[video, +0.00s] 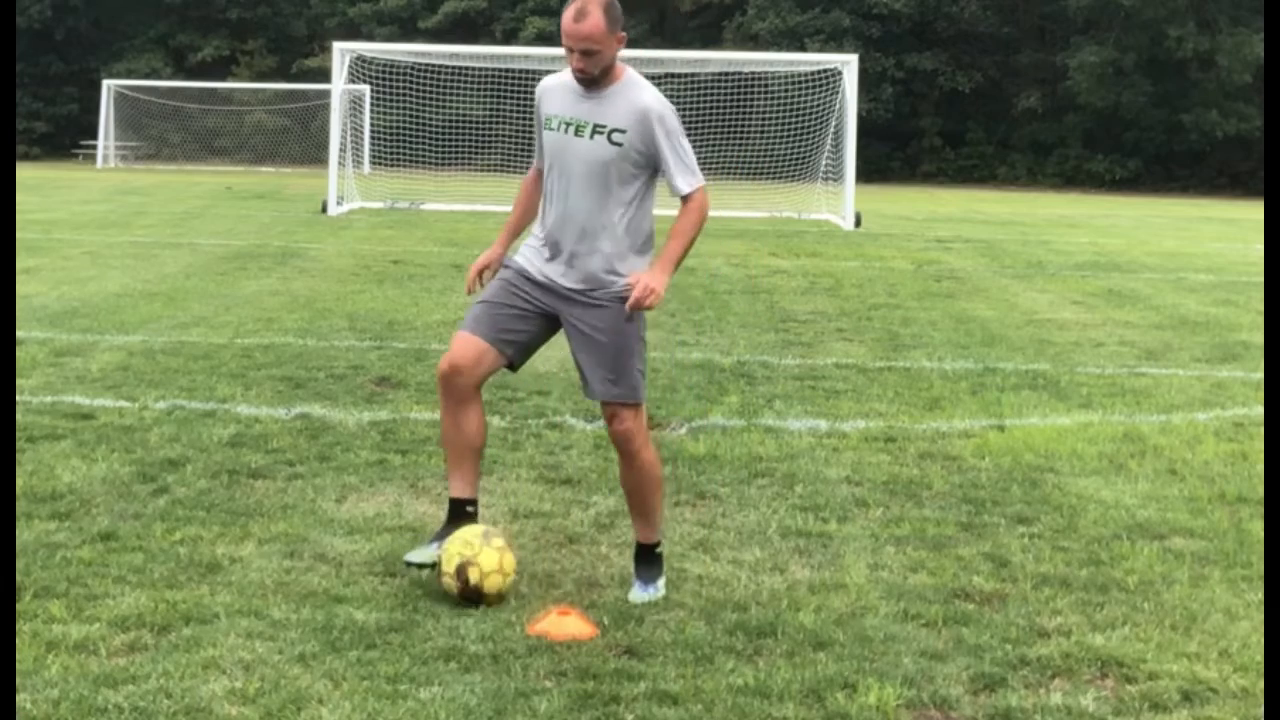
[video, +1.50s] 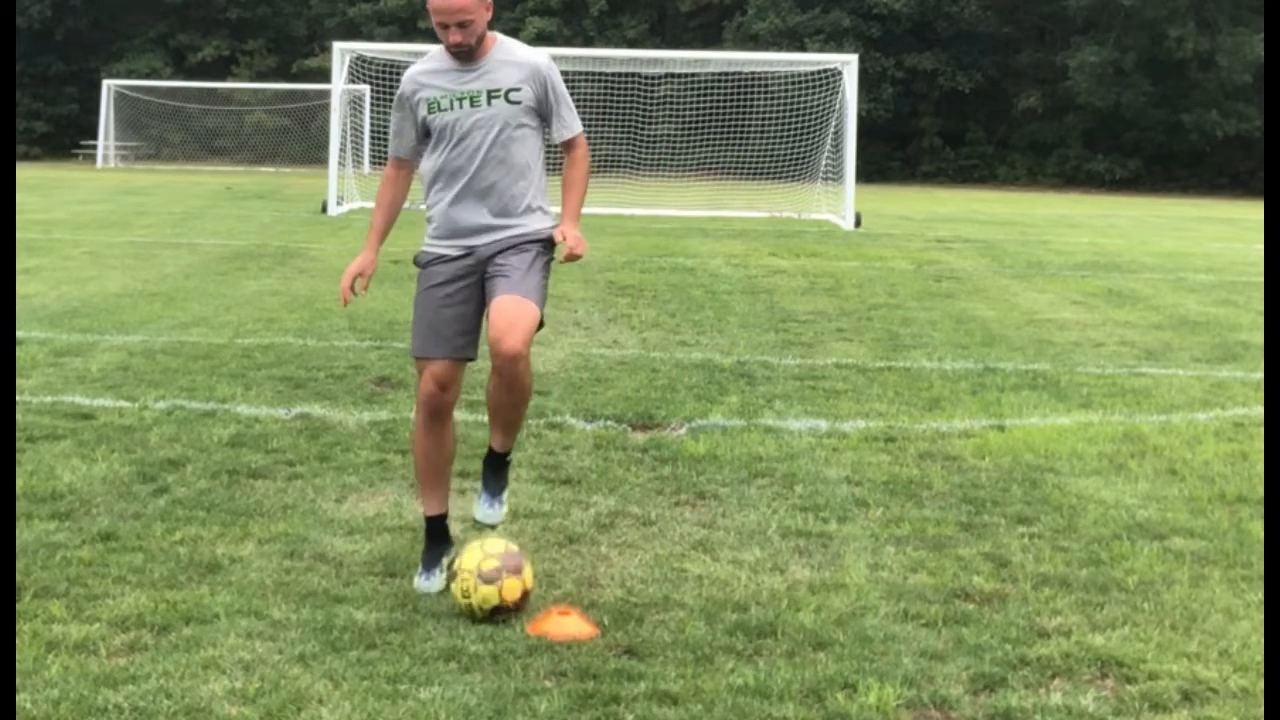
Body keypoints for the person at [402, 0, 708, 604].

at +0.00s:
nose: (578, 63)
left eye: (590, 53)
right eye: (570, 51)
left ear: (620, 43)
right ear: (561, 38)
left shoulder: (649, 108)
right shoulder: (551, 91)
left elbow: (697, 199)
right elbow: (541, 175)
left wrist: (661, 269)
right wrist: (502, 245)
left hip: (608, 288)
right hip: (536, 271)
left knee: (625, 427)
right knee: (456, 373)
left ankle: (648, 562)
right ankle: (461, 527)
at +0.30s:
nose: (541, 44)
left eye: (553, 34)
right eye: (533, 32)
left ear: (582, 21)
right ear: (524, 19)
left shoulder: (614, 85)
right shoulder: (512, 74)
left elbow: (658, 173)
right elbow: (509, 150)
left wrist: (630, 240)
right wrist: (482, 224)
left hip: (580, 263)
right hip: (506, 251)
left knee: (588, 402)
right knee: (453, 370)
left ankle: (632, 528)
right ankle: (451, 522)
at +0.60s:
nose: (503, 64)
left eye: (514, 52)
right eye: (493, 52)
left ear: (540, 40)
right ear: (481, 43)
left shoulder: (579, 98)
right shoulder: (472, 97)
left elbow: (619, 182)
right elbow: (465, 174)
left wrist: (612, 261)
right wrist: (443, 253)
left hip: (564, 256)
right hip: (492, 257)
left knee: (550, 367)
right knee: (452, 394)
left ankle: (577, 479)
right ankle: (438, 543)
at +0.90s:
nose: (470, 83)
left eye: (481, 70)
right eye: (459, 71)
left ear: (506, 58)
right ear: (447, 63)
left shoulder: (547, 114)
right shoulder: (442, 123)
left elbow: (593, 197)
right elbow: (430, 211)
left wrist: (596, 281)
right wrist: (404, 295)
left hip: (543, 267)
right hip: (473, 277)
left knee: (526, 353)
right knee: (430, 410)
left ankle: (531, 498)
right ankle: (446, 552)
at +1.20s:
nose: (457, 61)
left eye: (467, 49)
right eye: (447, 50)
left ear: (492, 35)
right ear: (434, 43)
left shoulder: (536, 93)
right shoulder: (427, 104)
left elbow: (582, 174)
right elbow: (413, 191)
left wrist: (580, 253)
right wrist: (388, 272)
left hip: (526, 259)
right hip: (453, 272)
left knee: (518, 354)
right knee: (432, 410)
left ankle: (520, 506)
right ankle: (444, 553)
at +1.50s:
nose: (453, 37)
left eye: (463, 25)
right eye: (441, 26)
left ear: (489, 10)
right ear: (428, 18)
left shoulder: (532, 67)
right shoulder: (417, 82)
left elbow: (576, 146)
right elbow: (399, 167)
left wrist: (570, 219)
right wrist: (371, 249)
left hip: (521, 237)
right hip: (448, 246)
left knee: (510, 347)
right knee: (434, 388)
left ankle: (496, 469)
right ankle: (435, 539)